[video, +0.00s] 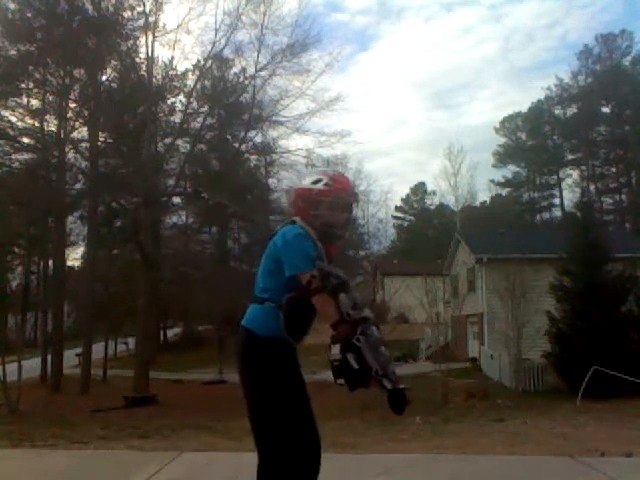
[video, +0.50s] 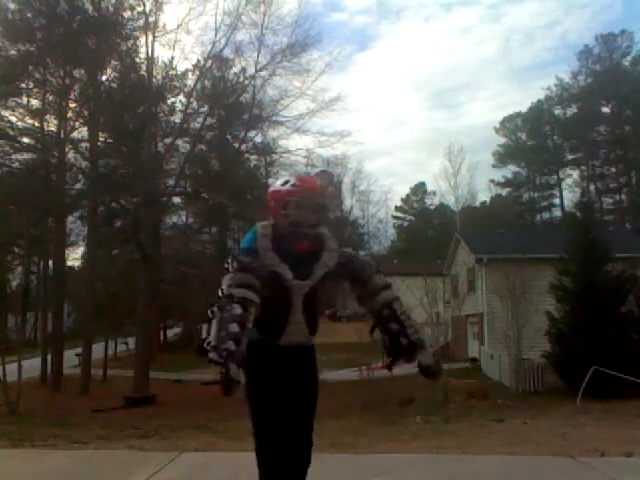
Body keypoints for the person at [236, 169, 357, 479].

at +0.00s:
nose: (342, 217)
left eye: (346, 209)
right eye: (335, 208)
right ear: (314, 208)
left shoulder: (309, 241)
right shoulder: (295, 237)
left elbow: (323, 288)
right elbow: (318, 294)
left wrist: (345, 324)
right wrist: (340, 327)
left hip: (278, 342)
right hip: (264, 342)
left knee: (297, 442)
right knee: (295, 444)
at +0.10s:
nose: (340, 218)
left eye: (344, 210)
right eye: (333, 208)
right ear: (312, 208)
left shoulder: (308, 241)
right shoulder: (290, 236)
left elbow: (321, 290)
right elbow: (312, 296)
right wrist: (331, 328)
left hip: (281, 343)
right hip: (263, 343)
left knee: (295, 443)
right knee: (292, 444)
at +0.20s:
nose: (333, 218)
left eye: (337, 211)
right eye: (327, 209)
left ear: (340, 212)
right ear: (306, 208)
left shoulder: (306, 242)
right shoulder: (284, 237)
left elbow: (322, 287)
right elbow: (292, 293)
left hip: (283, 340)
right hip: (262, 340)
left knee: (291, 428)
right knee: (277, 430)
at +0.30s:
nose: (326, 216)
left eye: (331, 209)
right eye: (320, 207)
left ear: (334, 211)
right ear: (300, 207)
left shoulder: (320, 243)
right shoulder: (274, 238)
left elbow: (336, 288)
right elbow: (277, 296)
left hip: (294, 340)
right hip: (259, 340)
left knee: (295, 427)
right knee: (271, 429)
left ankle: (296, 475)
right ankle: (275, 476)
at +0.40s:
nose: (316, 217)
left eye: (323, 210)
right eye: (308, 208)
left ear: (330, 213)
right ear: (291, 209)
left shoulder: (327, 248)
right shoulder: (267, 243)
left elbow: (361, 288)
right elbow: (264, 298)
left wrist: (384, 334)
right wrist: (265, 361)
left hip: (298, 351)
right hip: (261, 352)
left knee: (298, 437)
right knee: (272, 439)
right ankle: (273, 475)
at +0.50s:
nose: (308, 218)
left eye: (314, 210)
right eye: (300, 209)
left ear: (322, 212)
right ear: (280, 210)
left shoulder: (327, 250)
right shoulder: (257, 246)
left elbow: (370, 281)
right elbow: (236, 293)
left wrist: (396, 329)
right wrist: (225, 346)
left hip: (302, 352)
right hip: (261, 353)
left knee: (299, 439)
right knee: (269, 439)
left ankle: (297, 474)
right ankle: (271, 475)